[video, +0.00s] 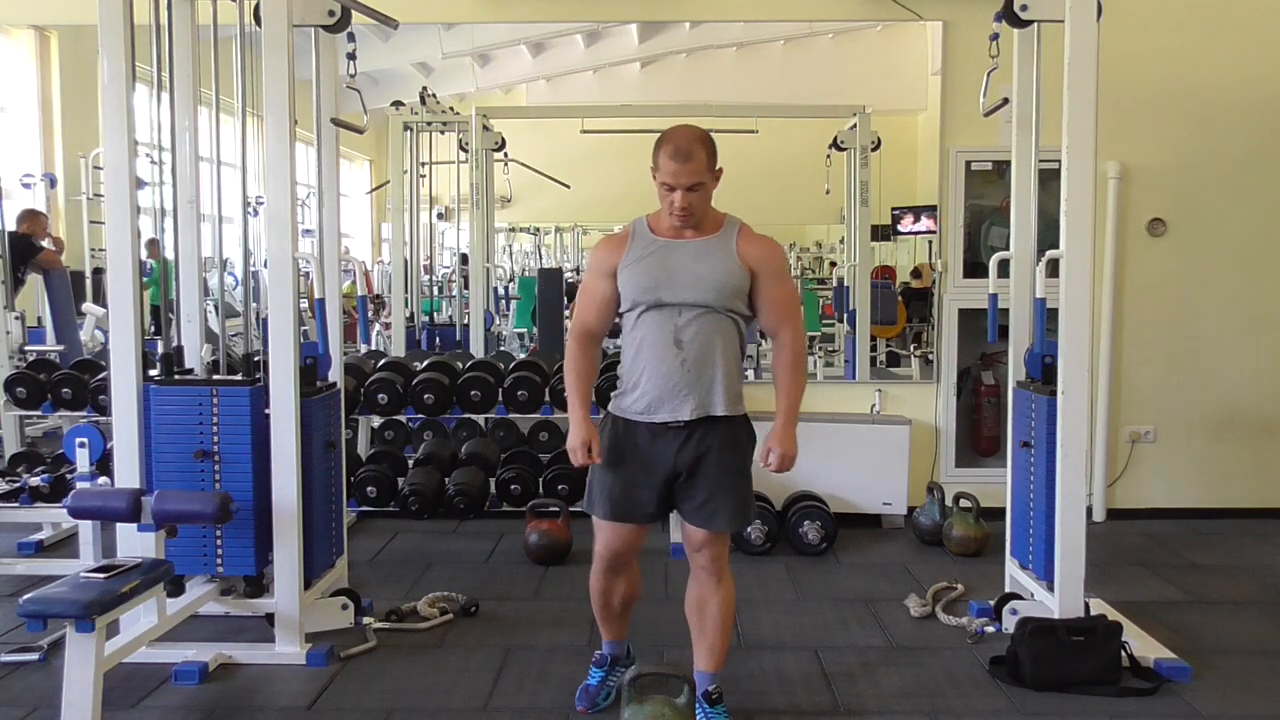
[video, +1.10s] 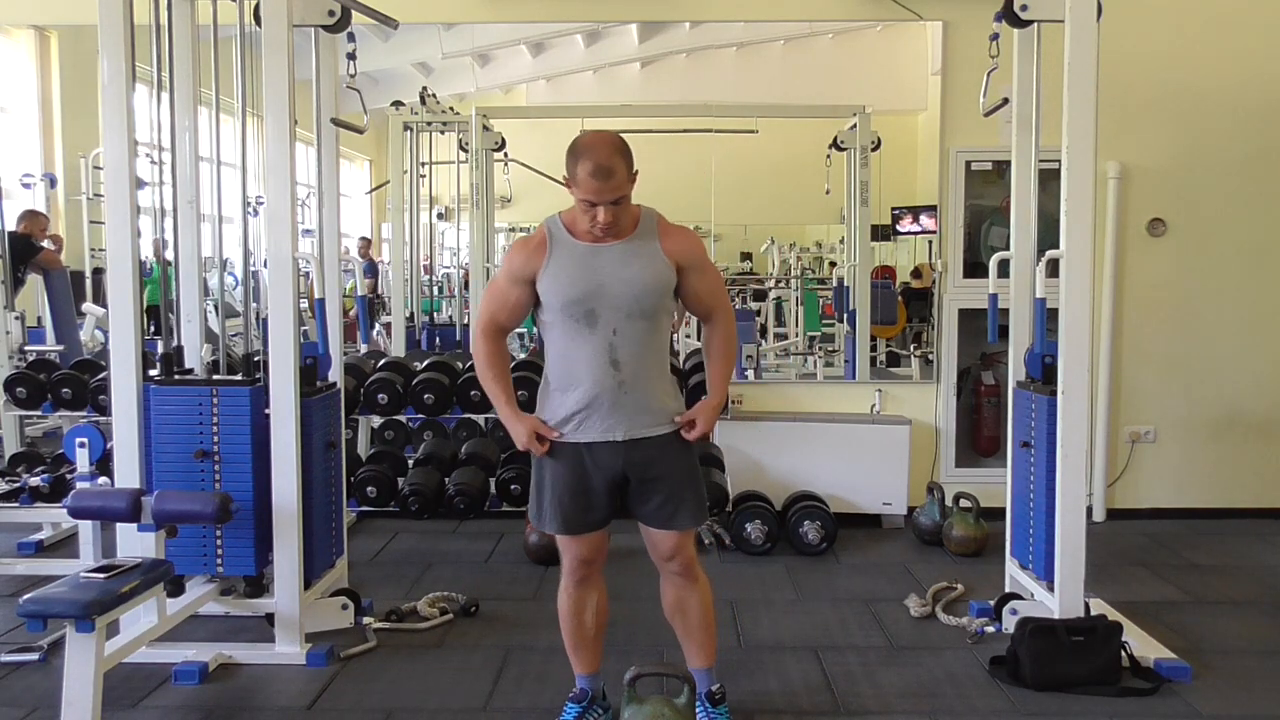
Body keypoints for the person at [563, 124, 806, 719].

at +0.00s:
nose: (678, 199)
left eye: (691, 187)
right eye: (668, 187)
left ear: (716, 178)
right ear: (654, 179)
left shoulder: (757, 253)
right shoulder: (616, 251)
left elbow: (788, 335)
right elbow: (584, 333)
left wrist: (786, 423)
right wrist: (578, 415)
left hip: (715, 430)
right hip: (632, 429)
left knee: (708, 553)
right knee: (611, 554)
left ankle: (707, 692)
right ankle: (612, 657)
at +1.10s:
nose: (603, 215)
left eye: (615, 202)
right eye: (589, 203)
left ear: (634, 180)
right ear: (566, 185)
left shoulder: (676, 245)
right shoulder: (534, 253)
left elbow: (718, 314)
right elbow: (488, 330)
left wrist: (715, 396)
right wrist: (510, 414)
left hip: (661, 440)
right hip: (570, 445)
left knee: (680, 563)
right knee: (578, 570)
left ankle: (707, 693)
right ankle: (588, 694)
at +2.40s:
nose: (680, 262)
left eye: (695, 248)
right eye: (668, 247)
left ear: (719, 227)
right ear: (648, 224)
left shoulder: (749, 273)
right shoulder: (604, 271)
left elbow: (761, 365)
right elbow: (564, 364)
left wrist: (731, 448)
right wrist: (580, 456)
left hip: (711, 438)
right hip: (624, 436)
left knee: (715, 560)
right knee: (610, 561)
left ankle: (718, 699)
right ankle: (593, 696)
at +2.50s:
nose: (676, 312)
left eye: (688, 300)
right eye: (665, 299)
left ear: (711, 272)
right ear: (641, 272)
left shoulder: (745, 296)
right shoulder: (597, 307)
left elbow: (752, 386)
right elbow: (565, 412)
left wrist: (718, 457)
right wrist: (596, 505)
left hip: (705, 441)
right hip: (618, 437)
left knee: (715, 560)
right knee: (605, 558)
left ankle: (718, 699)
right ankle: (592, 696)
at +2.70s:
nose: (677, 406)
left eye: (688, 395)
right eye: (664, 397)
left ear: (710, 360)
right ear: (637, 363)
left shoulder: (744, 345)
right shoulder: (599, 385)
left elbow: (750, 401)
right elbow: (593, 504)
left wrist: (713, 463)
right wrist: (617, 600)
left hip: (702, 456)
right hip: (621, 455)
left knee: (715, 563)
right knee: (594, 568)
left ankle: (719, 697)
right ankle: (593, 695)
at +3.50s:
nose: (713, 364)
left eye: (727, 352)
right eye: (702, 351)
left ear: (746, 326)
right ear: (679, 324)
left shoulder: (773, 336)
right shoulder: (632, 367)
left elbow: (776, 403)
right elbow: (607, 472)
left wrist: (737, 465)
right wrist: (648, 555)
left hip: (717, 454)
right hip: (635, 454)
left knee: (727, 566)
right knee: (608, 564)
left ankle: (719, 699)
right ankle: (593, 696)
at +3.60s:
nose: (715, 316)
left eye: (729, 301)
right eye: (704, 299)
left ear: (749, 284)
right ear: (680, 278)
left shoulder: (774, 317)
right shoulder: (632, 331)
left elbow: (780, 398)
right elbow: (598, 430)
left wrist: (740, 468)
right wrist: (645, 508)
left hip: (719, 448)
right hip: (634, 445)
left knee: (728, 563)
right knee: (611, 560)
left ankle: (720, 700)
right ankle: (594, 694)